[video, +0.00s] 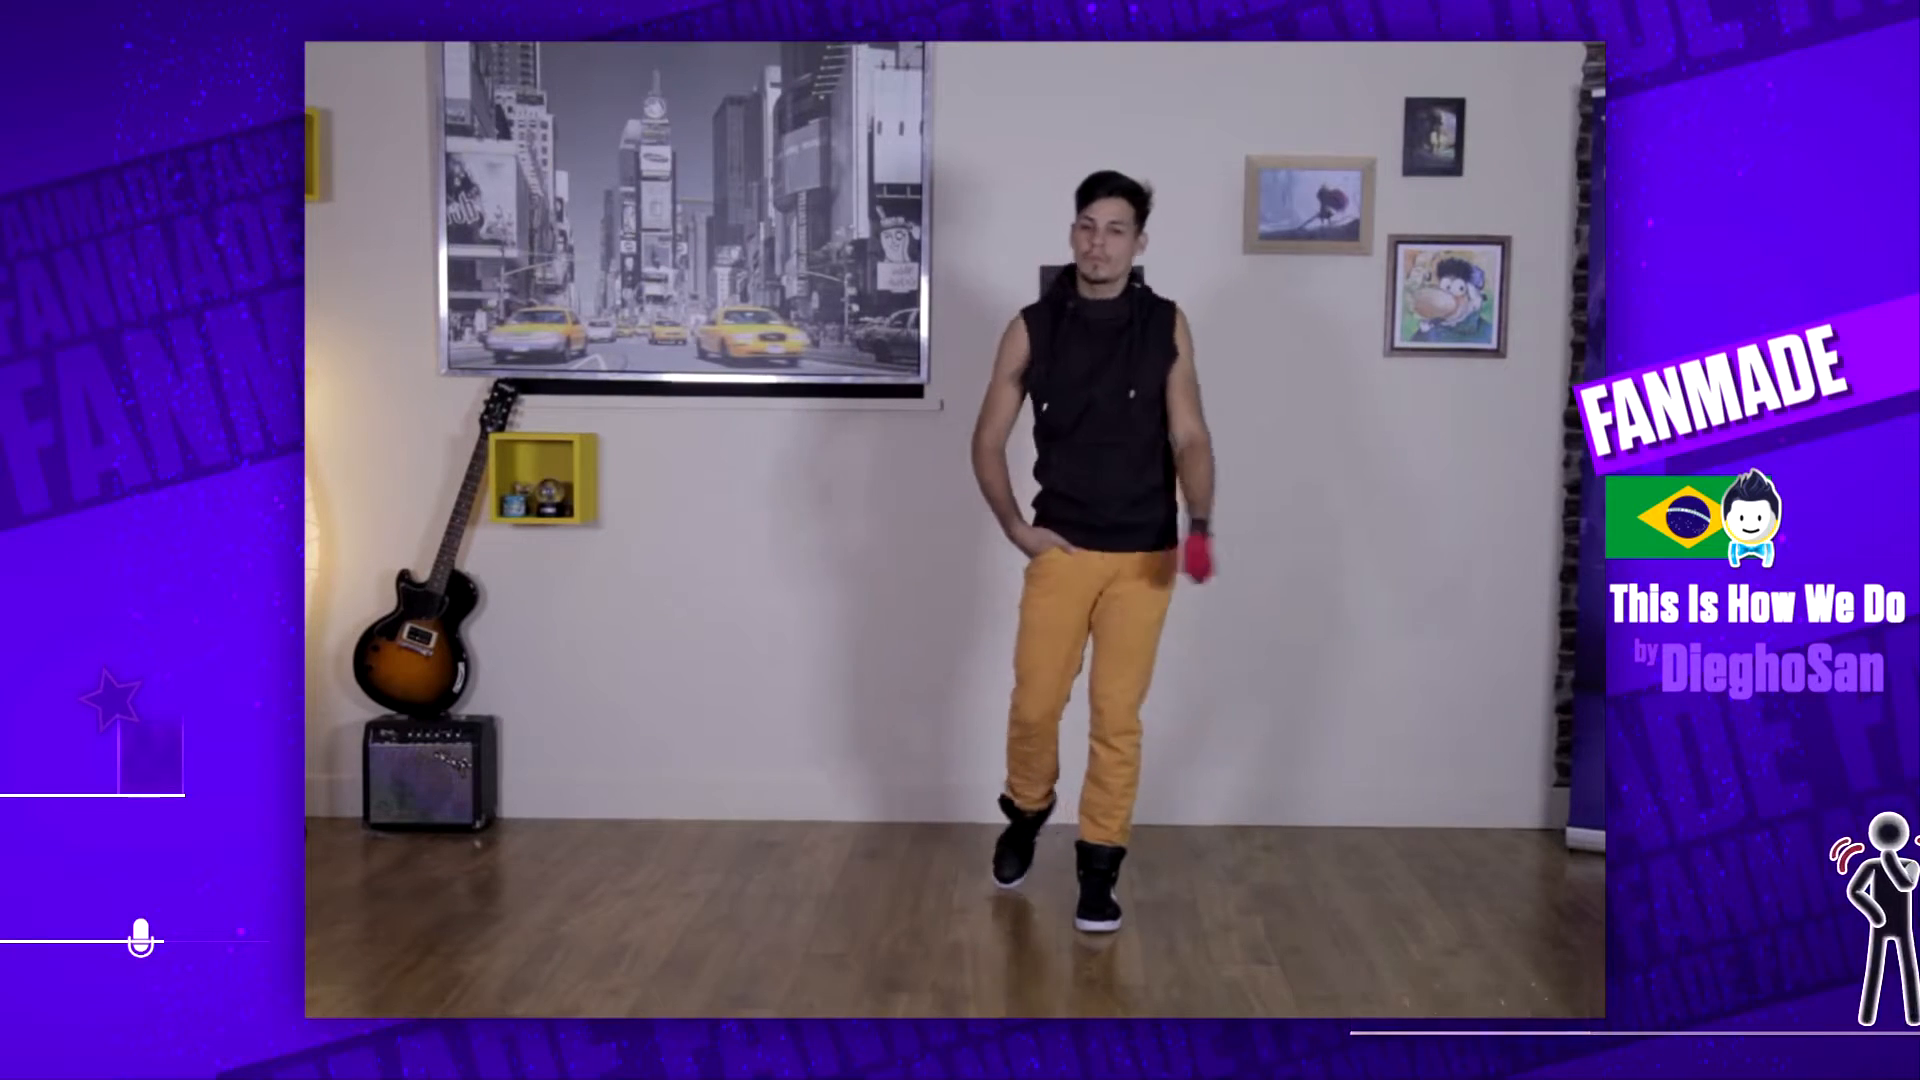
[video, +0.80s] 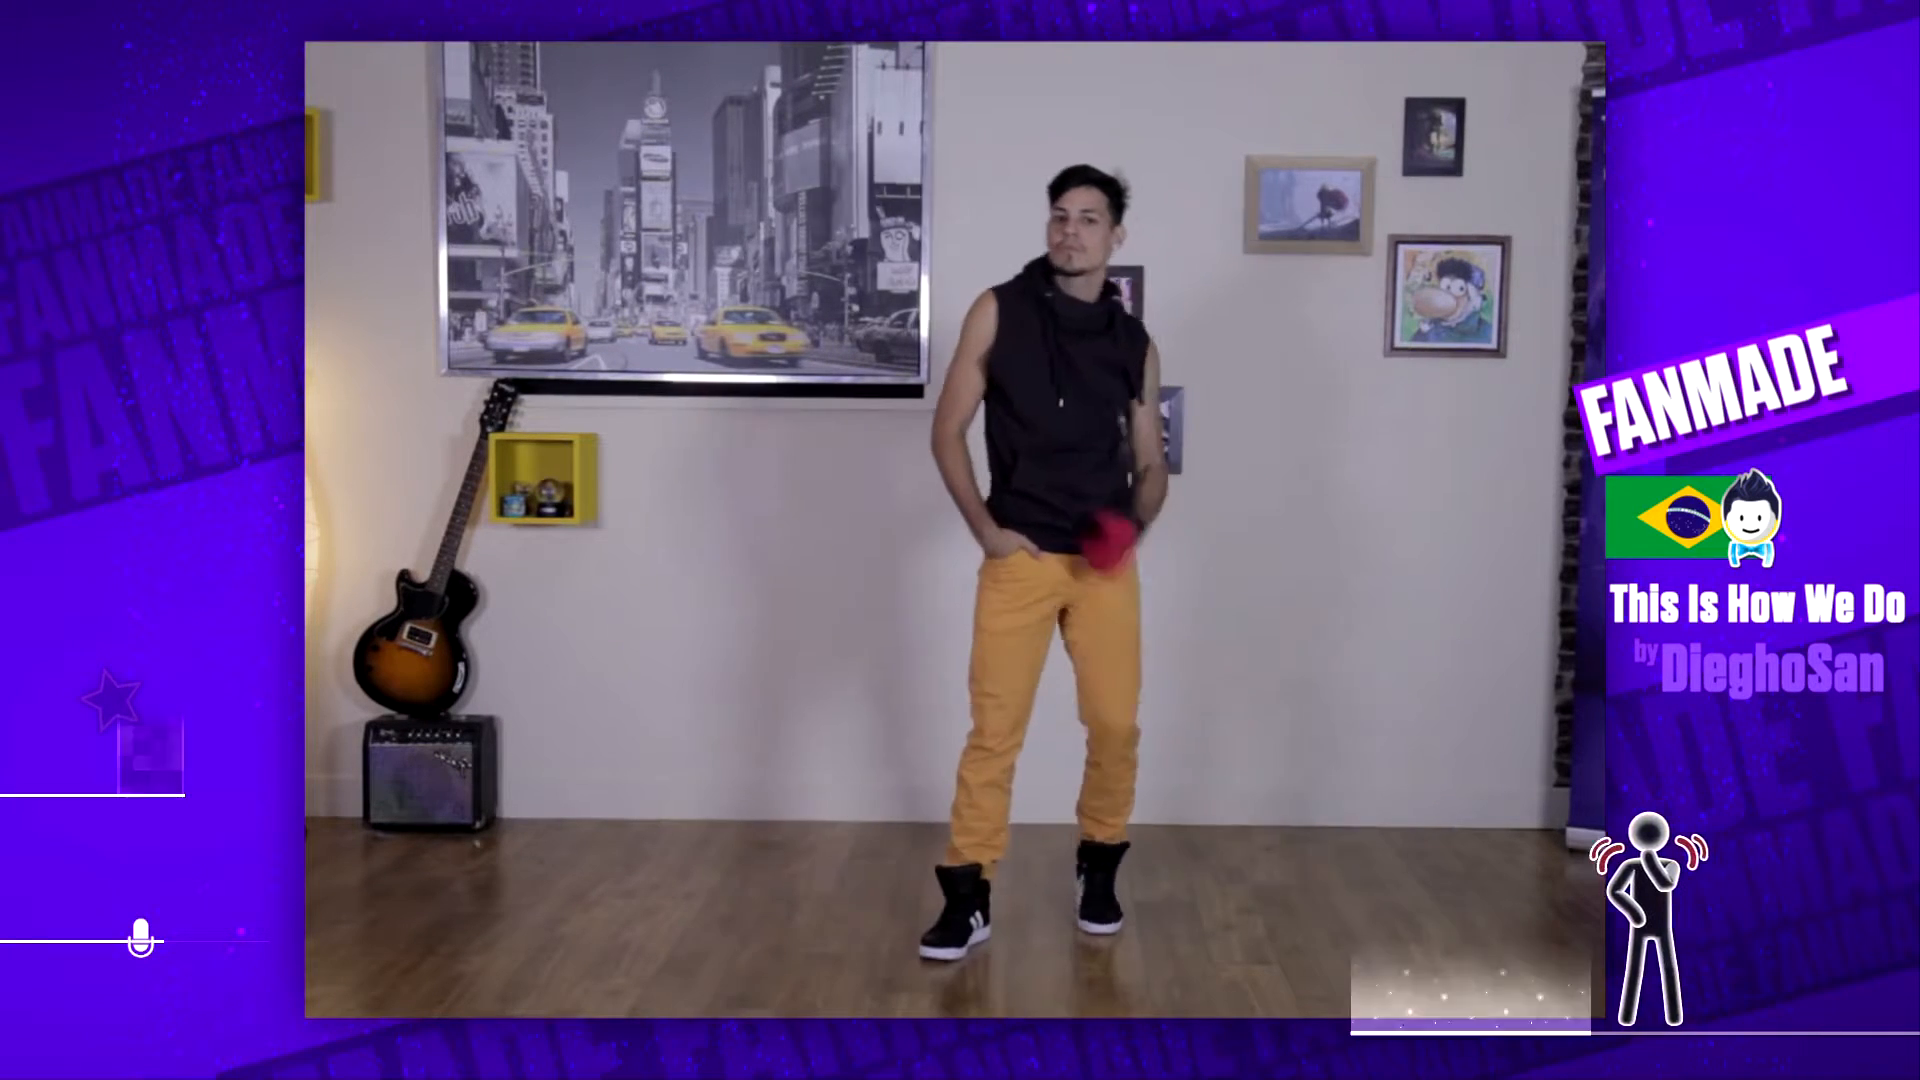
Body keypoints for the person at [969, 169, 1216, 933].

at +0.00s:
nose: (1098, 242)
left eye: (1115, 230)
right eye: (1088, 227)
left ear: (1138, 243)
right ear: (1071, 233)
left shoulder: (1166, 325)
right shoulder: (1034, 326)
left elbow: (1190, 435)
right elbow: (988, 441)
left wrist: (1199, 518)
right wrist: (1016, 527)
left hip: (1143, 557)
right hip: (1061, 550)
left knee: (1117, 718)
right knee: (1033, 707)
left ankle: (1101, 867)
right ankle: (1026, 815)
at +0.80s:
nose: (1070, 230)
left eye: (1087, 219)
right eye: (1061, 217)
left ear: (1116, 235)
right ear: (1046, 229)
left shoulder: (1134, 342)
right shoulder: (999, 313)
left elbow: (1154, 465)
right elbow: (946, 432)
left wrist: (1128, 527)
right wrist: (986, 530)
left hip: (1107, 558)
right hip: (1021, 556)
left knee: (1116, 727)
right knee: (994, 731)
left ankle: (1101, 875)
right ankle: (965, 897)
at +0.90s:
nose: (1045, 231)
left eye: (1063, 220)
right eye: (1034, 217)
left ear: (1087, 236)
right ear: (1016, 229)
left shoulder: (1120, 330)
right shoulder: (975, 324)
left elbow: (1147, 459)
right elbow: (918, 440)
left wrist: (1085, 435)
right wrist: (966, 531)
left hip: (1103, 563)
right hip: (1009, 562)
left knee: (1138, 722)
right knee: (990, 733)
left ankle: (1126, 864)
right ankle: (966, 897)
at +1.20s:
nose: (1073, 252)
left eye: (1087, 239)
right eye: (1057, 238)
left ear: (1103, 239)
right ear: (1029, 239)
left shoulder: (1125, 302)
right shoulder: (1010, 335)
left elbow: (1106, 410)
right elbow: (973, 449)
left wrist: (1051, 318)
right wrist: (986, 523)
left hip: (1122, 567)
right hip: (1029, 563)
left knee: (1158, 739)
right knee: (995, 736)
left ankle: (1200, 904)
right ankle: (975, 900)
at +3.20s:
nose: (1085, 257)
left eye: (1102, 244)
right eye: (1078, 241)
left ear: (1146, 248)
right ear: (1069, 238)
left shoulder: (1168, 336)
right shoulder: (1032, 312)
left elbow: (1165, 447)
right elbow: (968, 431)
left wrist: (1103, 356)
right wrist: (1000, 533)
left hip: (1135, 569)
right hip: (1040, 565)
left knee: (1157, 739)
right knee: (999, 741)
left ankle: (1187, 908)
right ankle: (970, 903)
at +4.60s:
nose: (1088, 249)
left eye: (1106, 235)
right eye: (1082, 233)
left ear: (1148, 242)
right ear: (1073, 232)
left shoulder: (1160, 338)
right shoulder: (1027, 304)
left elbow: (1155, 449)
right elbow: (956, 424)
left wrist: (1104, 352)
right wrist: (993, 534)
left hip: (1124, 568)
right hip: (1030, 565)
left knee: (1148, 742)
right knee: (993, 739)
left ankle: (1168, 906)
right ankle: (963, 898)